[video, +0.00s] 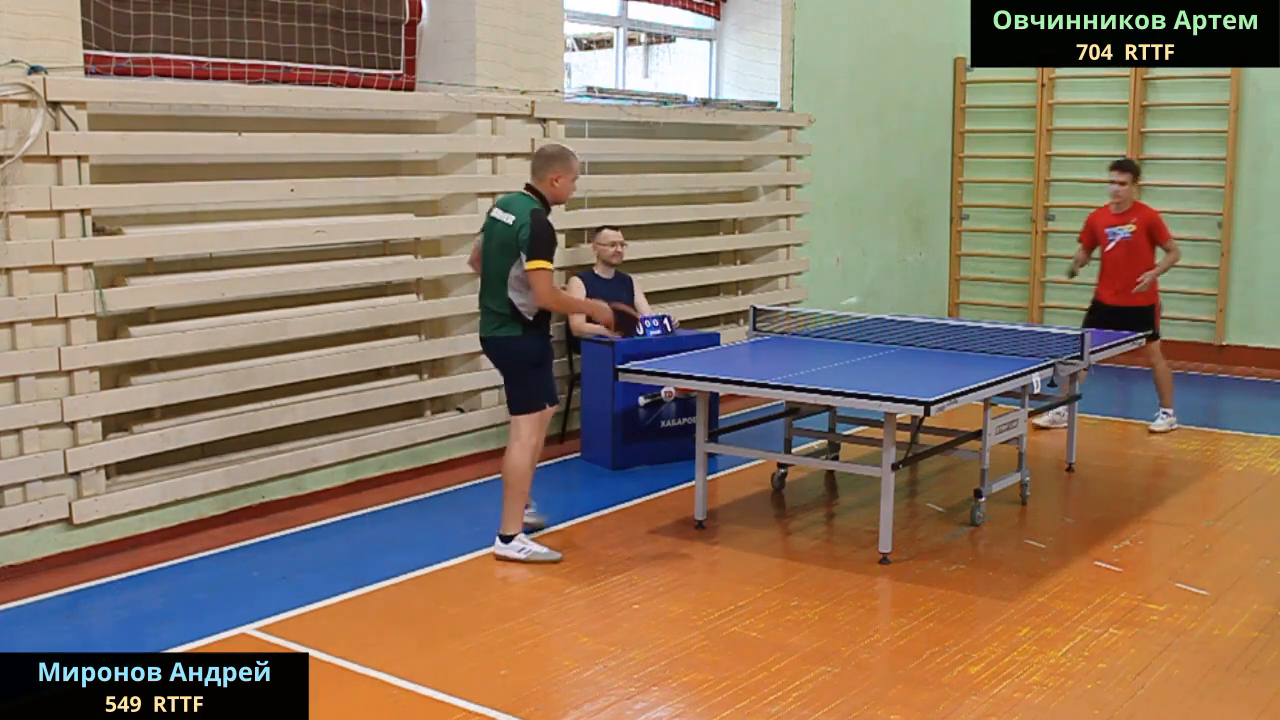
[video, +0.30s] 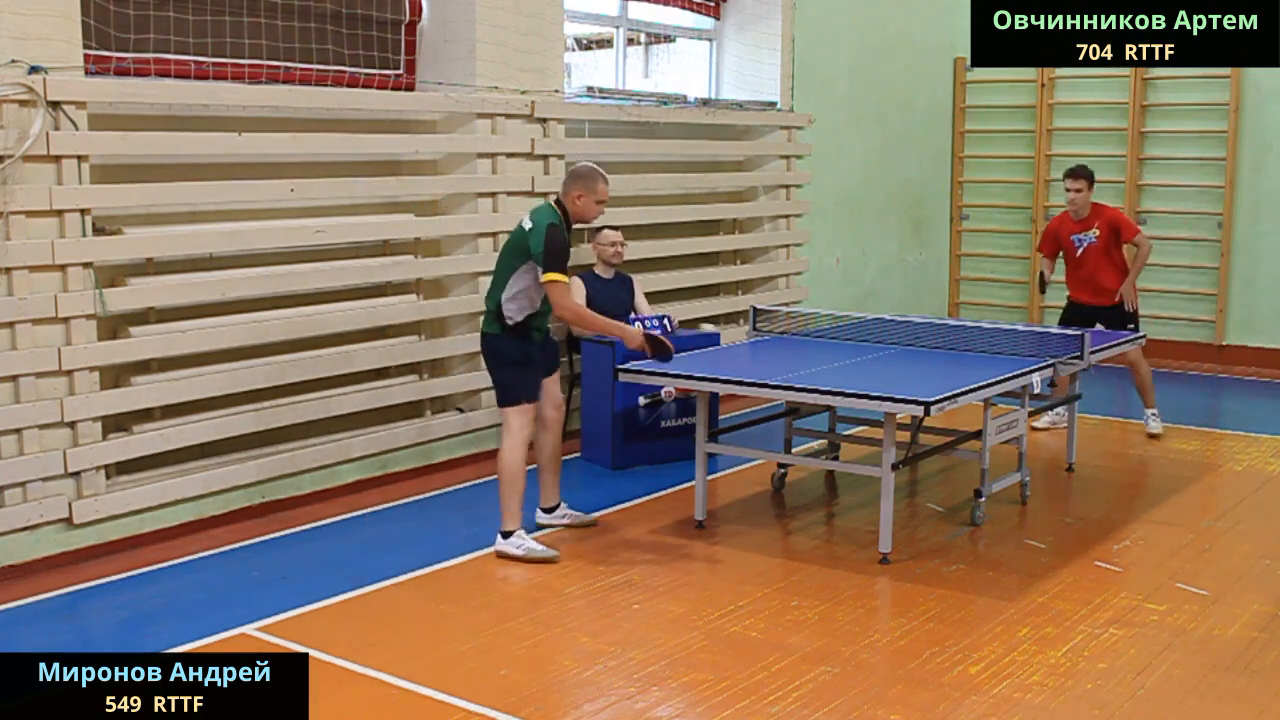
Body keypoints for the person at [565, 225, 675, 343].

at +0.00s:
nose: (619, 250)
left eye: (622, 245)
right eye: (612, 245)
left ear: (625, 247)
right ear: (596, 248)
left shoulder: (630, 282)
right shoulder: (579, 282)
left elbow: (649, 318)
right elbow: (578, 327)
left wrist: (666, 322)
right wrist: (611, 333)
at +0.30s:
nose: (619, 250)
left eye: (622, 245)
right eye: (612, 245)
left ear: (625, 248)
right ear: (595, 248)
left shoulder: (631, 282)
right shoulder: (579, 282)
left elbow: (648, 317)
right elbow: (578, 328)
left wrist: (666, 321)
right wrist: (620, 332)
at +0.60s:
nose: (619, 250)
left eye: (622, 245)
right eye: (612, 245)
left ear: (625, 247)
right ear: (594, 248)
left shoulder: (630, 281)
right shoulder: (578, 282)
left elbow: (646, 314)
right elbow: (576, 327)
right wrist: (604, 332)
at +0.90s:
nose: (618, 250)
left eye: (621, 245)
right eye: (611, 245)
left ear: (624, 247)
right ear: (594, 249)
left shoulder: (626, 280)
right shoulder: (578, 283)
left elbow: (647, 314)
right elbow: (577, 327)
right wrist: (605, 330)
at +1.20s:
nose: (618, 250)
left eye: (621, 245)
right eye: (611, 246)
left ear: (624, 247)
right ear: (594, 250)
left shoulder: (630, 282)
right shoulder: (578, 283)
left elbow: (648, 317)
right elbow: (577, 327)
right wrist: (610, 331)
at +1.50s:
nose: (618, 251)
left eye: (621, 246)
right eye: (611, 246)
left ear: (624, 248)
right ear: (594, 250)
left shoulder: (629, 283)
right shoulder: (577, 283)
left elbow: (650, 319)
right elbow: (577, 327)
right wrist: (611, 331)